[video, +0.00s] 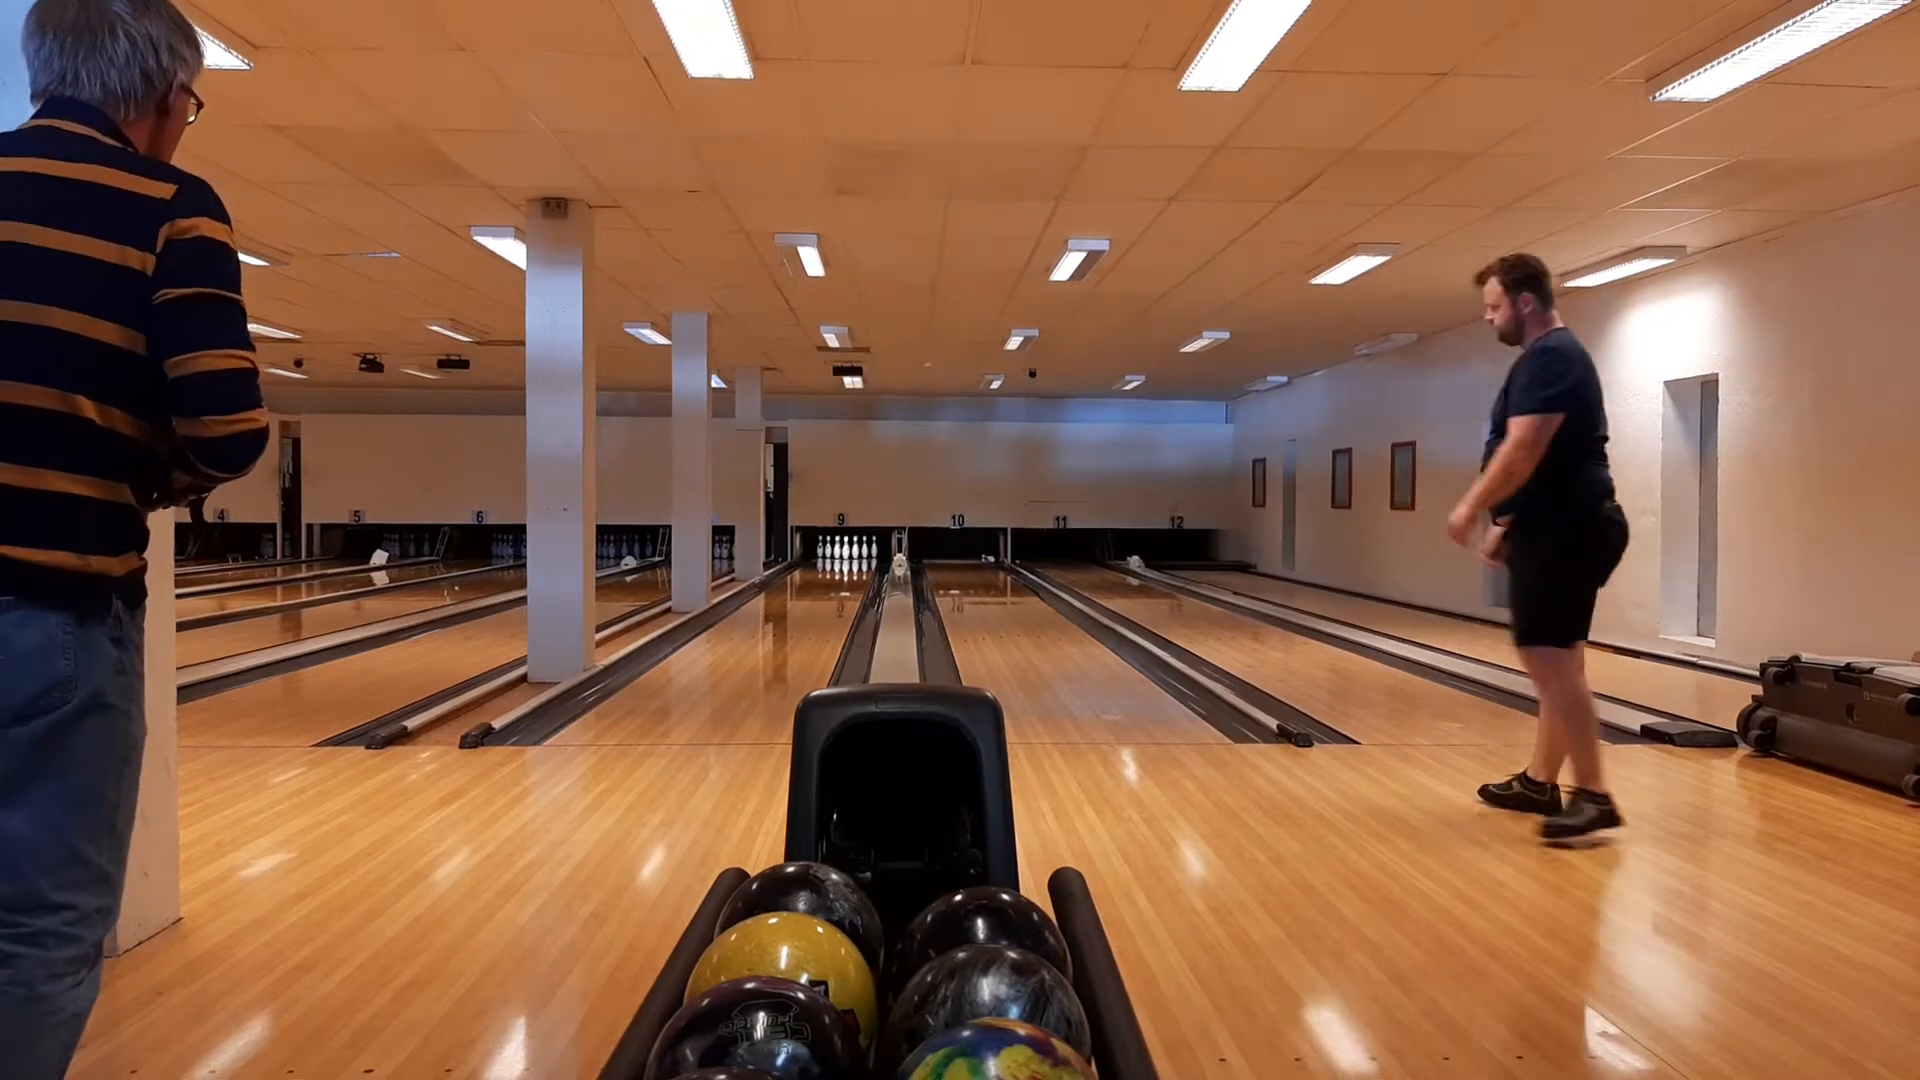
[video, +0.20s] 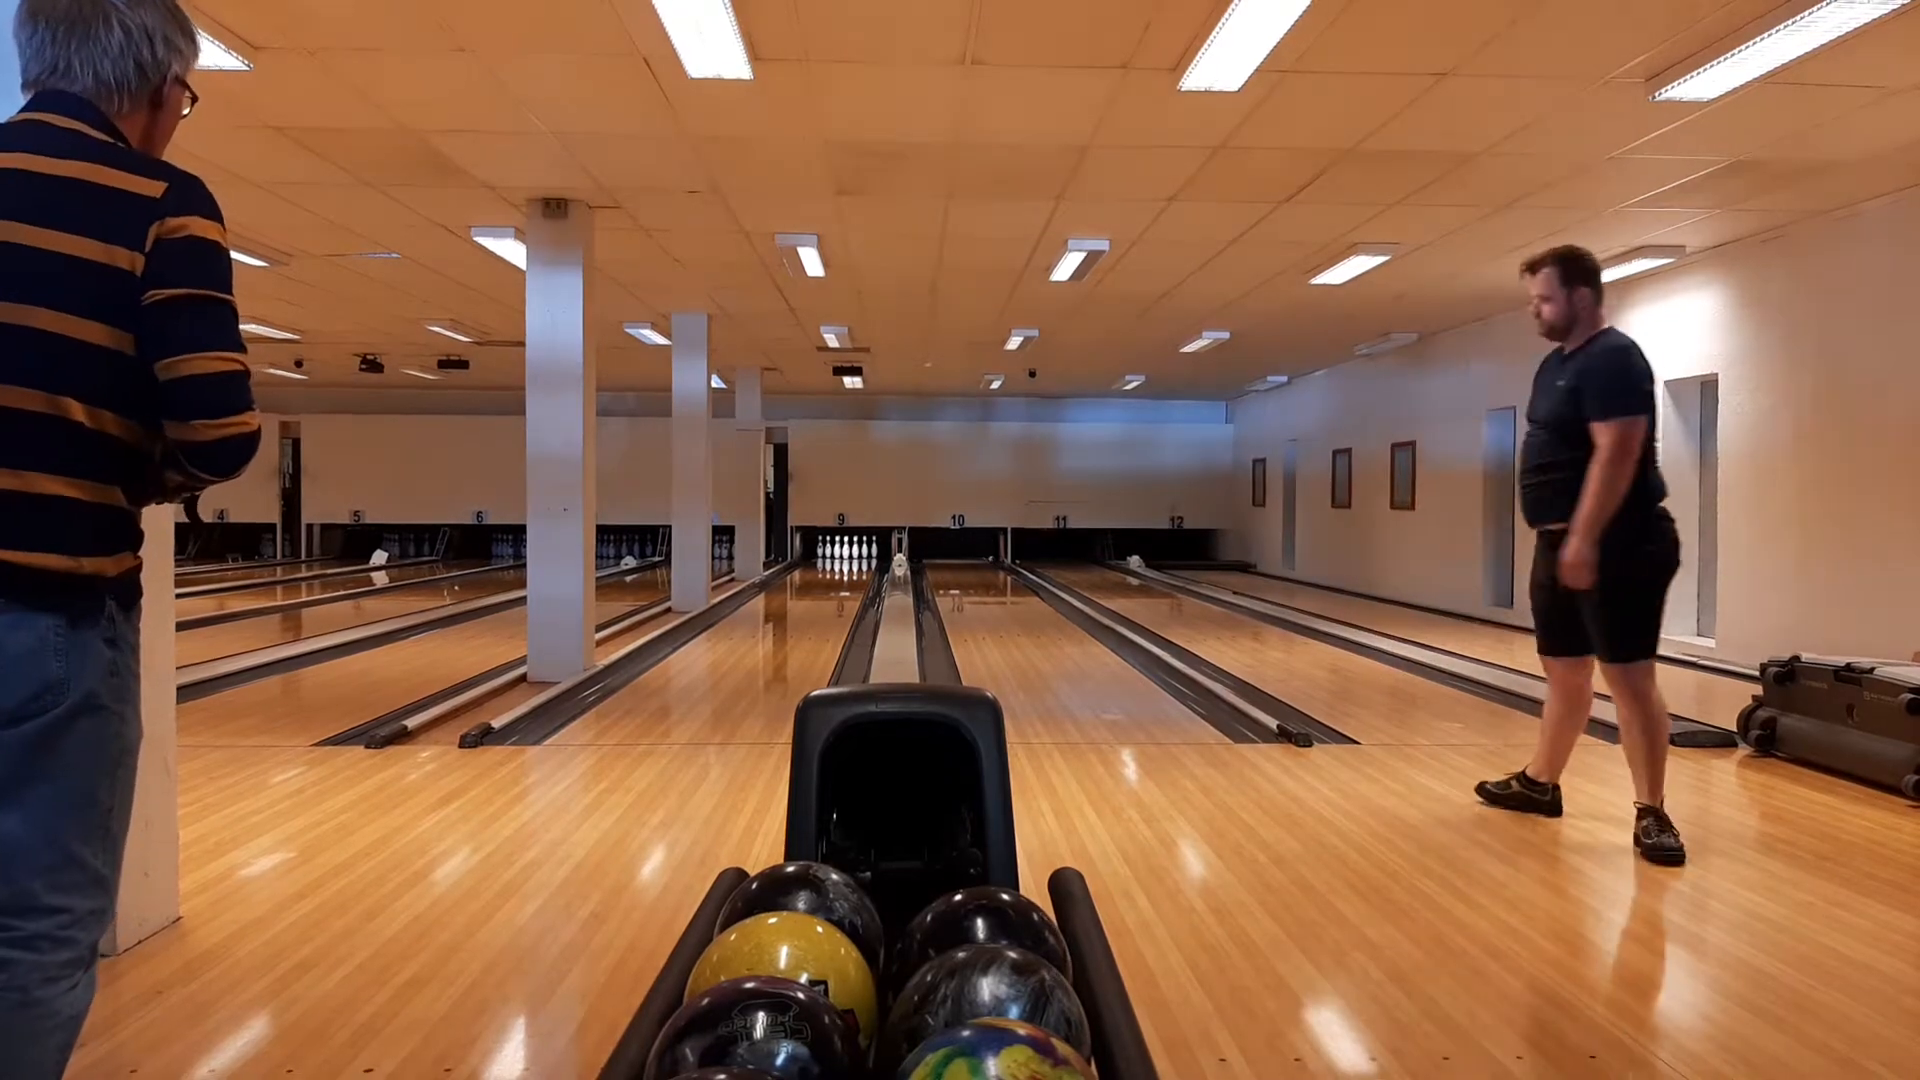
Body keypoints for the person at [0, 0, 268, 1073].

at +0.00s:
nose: (186, 128)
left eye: (189, 109)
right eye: (188, 107)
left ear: (44, 84)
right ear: (161, 101)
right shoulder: (169, 206)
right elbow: (230, 431)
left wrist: (155, 465)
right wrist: (149, 476)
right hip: (55, 614)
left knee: (35, 919)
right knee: (48, 933)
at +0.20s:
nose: (184, 112)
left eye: (185, 91)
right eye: (184, 90)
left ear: (41, 72)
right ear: (154, 89)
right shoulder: (161, 200)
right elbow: (222, 437)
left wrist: (156, 453)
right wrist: (151, 461)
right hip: (49, 612)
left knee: (31, 920)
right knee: (42, 935)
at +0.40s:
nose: (177, 109)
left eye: (179, 87)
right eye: (178, 86)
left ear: (33, 59)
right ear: (146, 82)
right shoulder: (152, 197)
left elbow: (204, 436)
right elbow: (211, 436)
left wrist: (155, 470)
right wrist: (157, 482)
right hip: (47, 610)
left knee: (35, 927)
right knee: (40, 941)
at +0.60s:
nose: (175, 112)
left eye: (177, 90)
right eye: (177, 89)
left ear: (28, 58)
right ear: (148, 85)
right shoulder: (147, 196)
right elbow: (186, 418)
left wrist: (184, 484)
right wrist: (202, 497)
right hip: (45, 611)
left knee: (35, 926)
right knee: (41, 939)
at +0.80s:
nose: (169, 111)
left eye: (172, 87)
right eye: (170, 87)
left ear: (29, 53)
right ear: (137, 80)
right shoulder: (140, 195)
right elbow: (162, 412)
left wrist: (175, 512)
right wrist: (189, 524)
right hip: (39, 608)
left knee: (37, 926)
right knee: (38, 938)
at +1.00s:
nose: (176, 112)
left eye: (179, 86)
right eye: (175, 84)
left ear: (28, 54)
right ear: (135, 74)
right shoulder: (146, 206)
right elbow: (183, 434)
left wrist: (189, 517)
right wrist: (209, 527)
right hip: (38, 614)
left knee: (33, 929)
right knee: (37, 942)